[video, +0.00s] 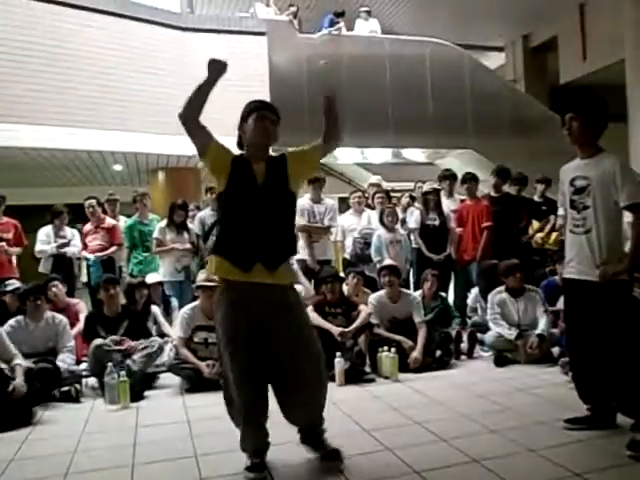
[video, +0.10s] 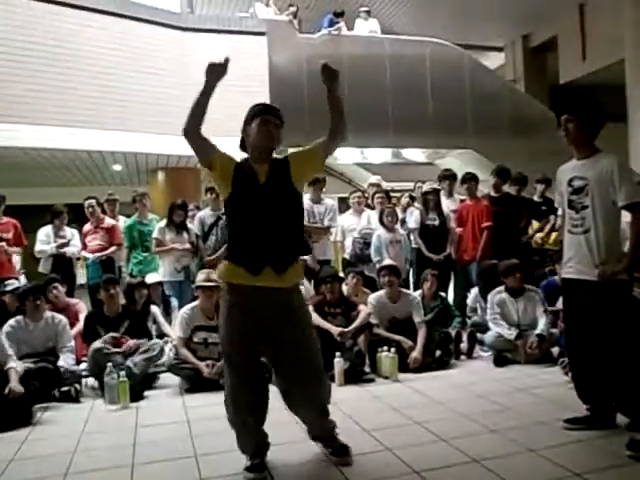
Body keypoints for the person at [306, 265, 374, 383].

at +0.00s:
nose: (330, 288)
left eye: (334, 284)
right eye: (326, 285)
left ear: (340, 285)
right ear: (321, 288)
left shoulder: (347, 301)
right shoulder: (318, 303)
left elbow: (366, 311)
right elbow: (310, 313)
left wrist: (351, 330)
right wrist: (332, 329)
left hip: (349, 343)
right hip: (327, 343)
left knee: (364, 327)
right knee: (315, 329)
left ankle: (358, 368)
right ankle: (328, 370)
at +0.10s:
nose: (330, 288)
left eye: (333, 284)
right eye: (326, 284)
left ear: (339, 285)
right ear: (321, 288)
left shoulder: (346, 301)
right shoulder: (316, 303)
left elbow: (366, 311)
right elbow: (312, 317)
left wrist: (350, 330)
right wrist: (332, 329)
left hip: (348, 343)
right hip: (326, 342)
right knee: (316, 330)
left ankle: (357, 368)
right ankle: (328, 371)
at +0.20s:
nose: (330, 288)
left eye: (333, 284)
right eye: (326, 284)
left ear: (340, 285)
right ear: (321, 288)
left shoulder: (346, 301)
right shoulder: (317, 303)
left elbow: (366, 311)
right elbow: (315, 319)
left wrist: (351, 330)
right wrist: (333, 329)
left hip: (349, 344)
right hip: (327, 344)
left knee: (363, 326)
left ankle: (358, 367)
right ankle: (327, 370)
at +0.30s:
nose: (330, 288)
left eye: (333, 283)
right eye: (326, 284)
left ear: (339, 284)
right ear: (322, 286)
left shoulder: (346, 301)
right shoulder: (320, 304)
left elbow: (365, 311)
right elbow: (319, 320)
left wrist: (351, 329)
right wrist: (332, 329)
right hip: (329, 343)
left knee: (363, 327)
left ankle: (360, 367)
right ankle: (327, 371)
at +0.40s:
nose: (331, 288)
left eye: (334, 284)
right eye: (328, 285)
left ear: (340, 286)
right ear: (324, 287)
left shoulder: (345, 302)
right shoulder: (321, 305)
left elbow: (366, 312)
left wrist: (349, 330)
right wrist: (332, 331)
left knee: (363, 329)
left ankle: (361, 366)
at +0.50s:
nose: (356, 282)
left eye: (359, 279)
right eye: (353, 278)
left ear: (362, 283)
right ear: (346, 280)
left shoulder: (365, 296)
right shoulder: (339, 294)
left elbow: (366, 311)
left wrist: (350, 329)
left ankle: (361, 365)